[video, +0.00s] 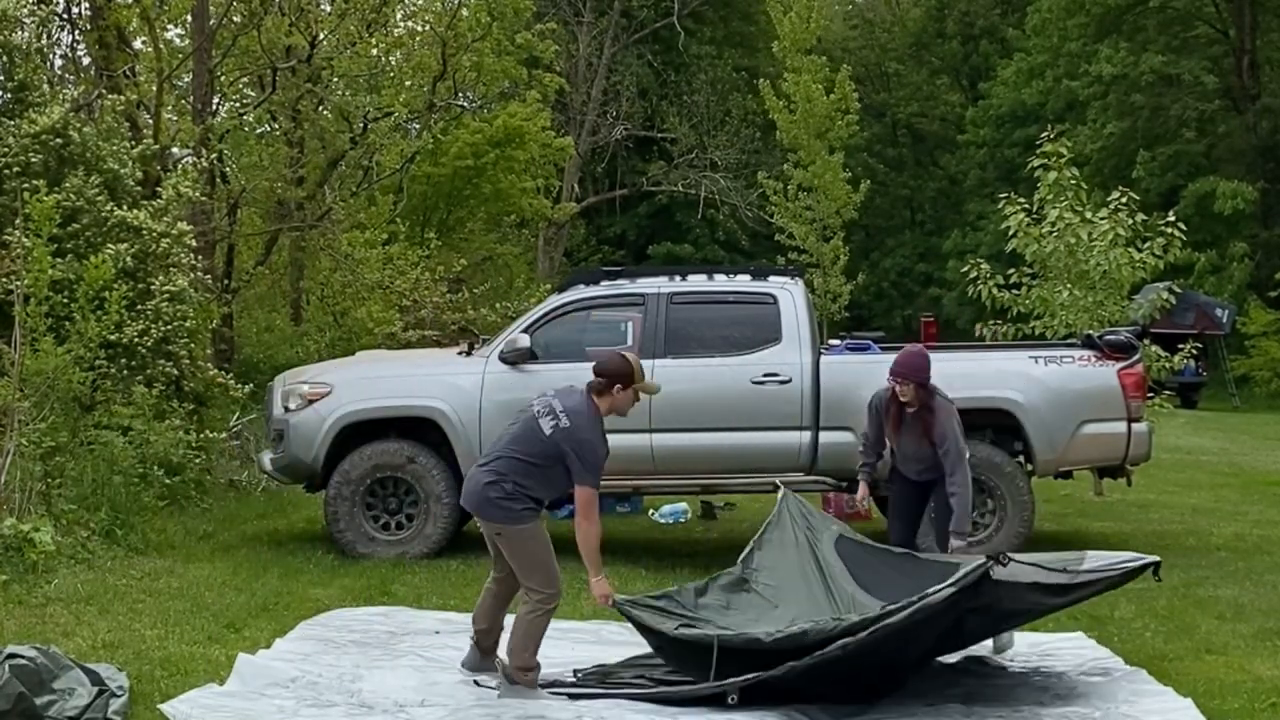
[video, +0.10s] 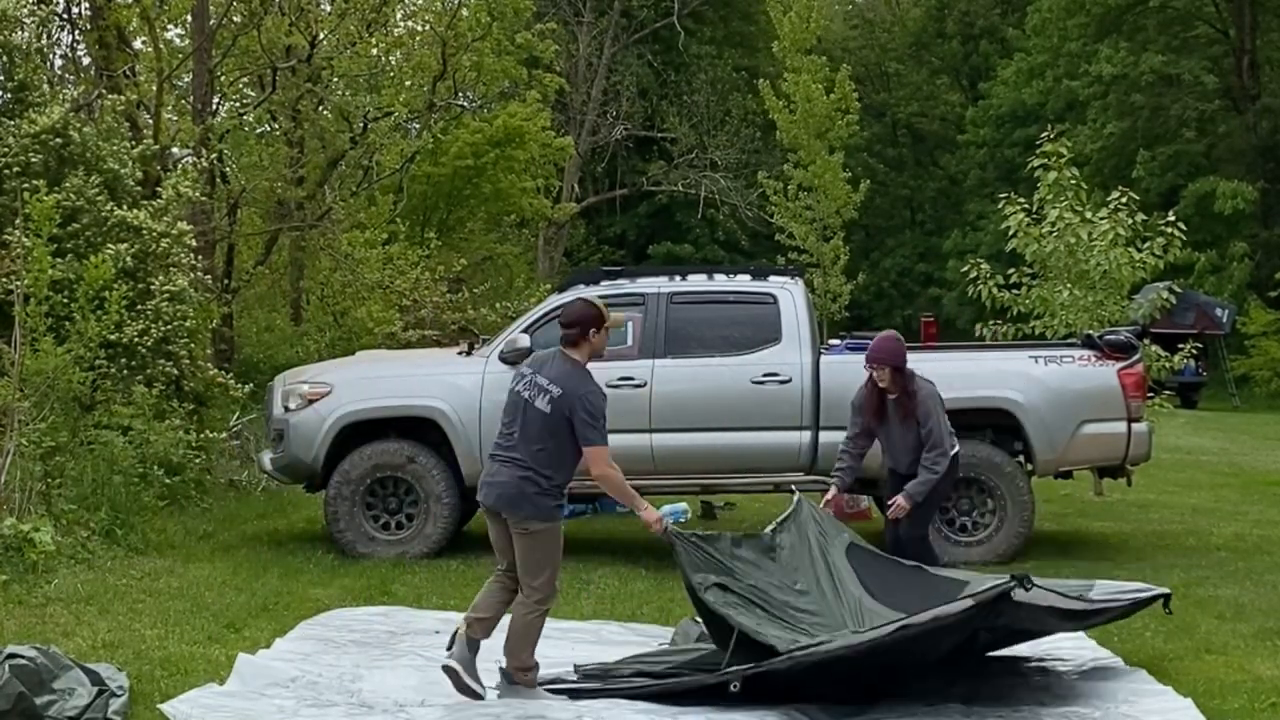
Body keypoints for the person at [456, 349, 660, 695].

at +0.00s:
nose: (636, 400)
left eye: (638, 393)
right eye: (635, 393)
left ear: (603, 384)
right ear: (616, 390)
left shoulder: (567, 396)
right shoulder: (588, 438)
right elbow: (586, 517)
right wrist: (597, 577)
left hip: (483, 487)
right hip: (509, 501)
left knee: (507, 575)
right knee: (544, 591)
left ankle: (480, 655)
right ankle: (519, 680)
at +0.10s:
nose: (607, 336)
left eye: (606, 330)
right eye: (605, 330)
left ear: (568, 332)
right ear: (591, 335)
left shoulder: (536, 361)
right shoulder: (586, 391)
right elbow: (599, 468)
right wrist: (642, 507)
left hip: (494, 485)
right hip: (533, 498)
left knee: (509, 572)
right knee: (538, 590)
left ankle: (464, 647)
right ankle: (518, 680)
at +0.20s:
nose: (592, 339)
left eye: (592, 332)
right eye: (591, 331)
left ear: (550, 331)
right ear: (578, 331)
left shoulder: (521, 369)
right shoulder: (579, 379)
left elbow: (518, 442)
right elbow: (645, 432)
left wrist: (558, 483)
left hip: (494, 493)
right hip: (536, 500)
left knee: (507, 589)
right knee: (573, 581)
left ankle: (481, 681)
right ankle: (529, 670)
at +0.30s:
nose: (628, 345)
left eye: (628, 337)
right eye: (626, 337)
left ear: (587, 334)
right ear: (613, 336)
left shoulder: (544, 370)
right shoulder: (611, 383)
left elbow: (511, 442)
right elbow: (684, 430)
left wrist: (521, 485)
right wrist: (744, 459)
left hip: (513, 492)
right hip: (562, 498)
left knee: (508, 590)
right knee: (617, 579)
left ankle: (480, 686)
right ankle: (626, 684)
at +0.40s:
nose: (687, 360)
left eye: (688, 352)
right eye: (687, 352)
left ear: (646, 343)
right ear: (676, 348)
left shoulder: (600, 377)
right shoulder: (673, 394)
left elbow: (559, 440)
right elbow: (742, 439)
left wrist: (531, 496)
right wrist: (806, 462)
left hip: (564, 498)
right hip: (613, 504)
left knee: (560, 591)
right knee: (647, 603)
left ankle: (510, 673)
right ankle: (648, 703)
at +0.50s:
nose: (733, 362)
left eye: (735, 355)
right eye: (734, 354)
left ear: (693, 343)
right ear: (725, 348)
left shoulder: (645, 372)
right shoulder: (714, 393)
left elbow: (601, 440)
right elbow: (785, 444)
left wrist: (590, 502)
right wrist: (846, 467)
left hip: (599, 496)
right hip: (642, 504)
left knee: (632, 596)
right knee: (657, 606)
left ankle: (619, 694)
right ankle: (651, 706)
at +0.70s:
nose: (812, 407)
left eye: (813, 401)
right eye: (813, 401)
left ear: (772, 390)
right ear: (804, 396)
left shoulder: (733, 413)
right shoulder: (791, 425)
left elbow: (730, 502)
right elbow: (854, 480)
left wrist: (766, 571)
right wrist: (902, 483)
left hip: (669, 518)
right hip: (719, 522)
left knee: (694, 602)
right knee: (770, 613)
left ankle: (652, 697)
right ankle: (770, 711)